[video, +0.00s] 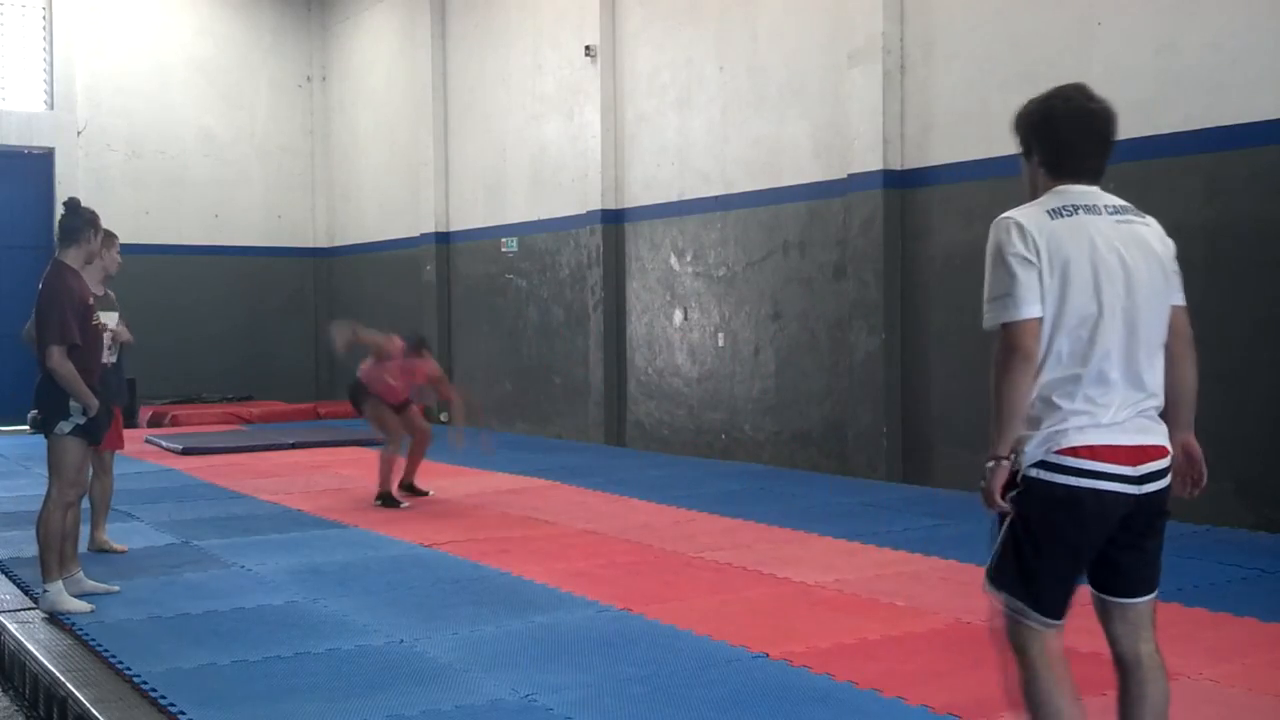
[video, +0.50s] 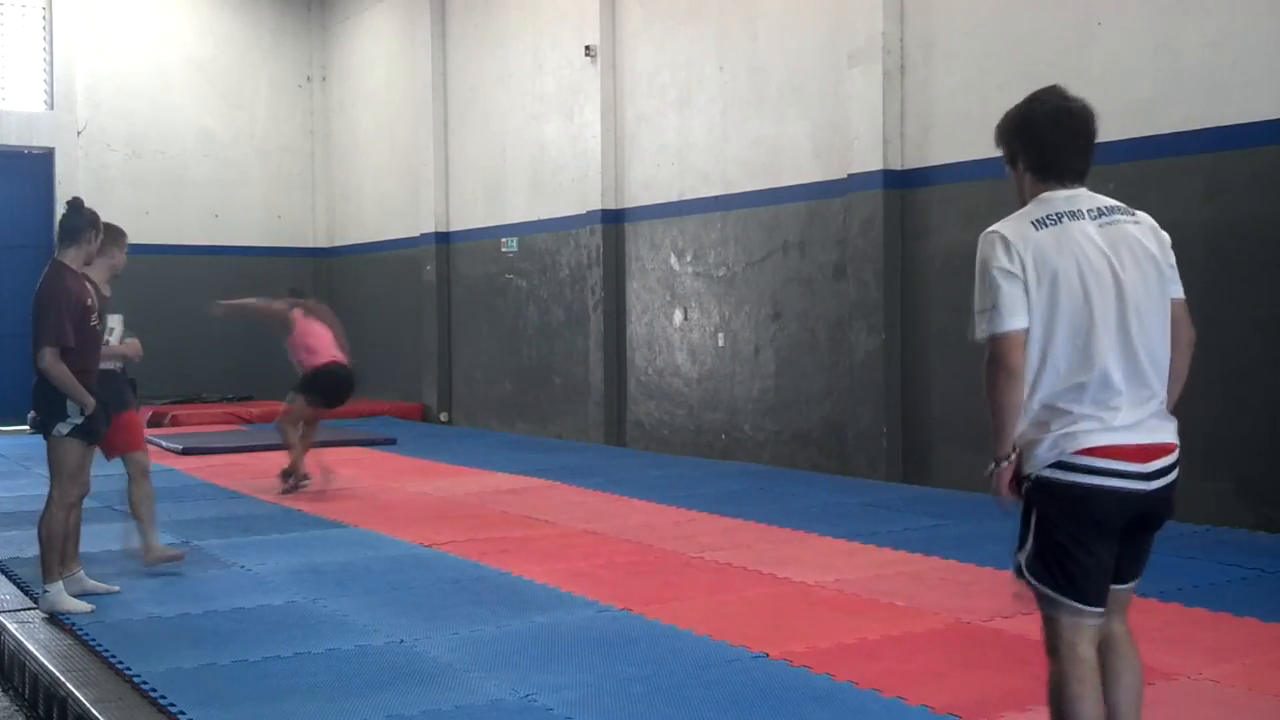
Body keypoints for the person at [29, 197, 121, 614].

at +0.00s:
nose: (101, 245)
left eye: (100, 237)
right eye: (100, 237)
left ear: (69, 235)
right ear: (90, 237)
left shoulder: (70, 279)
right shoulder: (61, 285)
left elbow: (69, 341)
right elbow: (55, 358)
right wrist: (91, 402)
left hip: (80, 398)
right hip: (66, 401)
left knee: (75, 489)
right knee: (61, 493)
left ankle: (71, 575)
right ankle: (51, 590)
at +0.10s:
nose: (100, 245)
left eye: (99, 238)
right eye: (99, 237)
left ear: (69, 235)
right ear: (89, 238)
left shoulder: (71, 279)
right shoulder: (60, 284)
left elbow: (74, 343)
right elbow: (55, 358)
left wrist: (105, 346)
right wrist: (91, 403)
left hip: (80, 398)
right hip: (66, 400)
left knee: (75, 490)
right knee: (61, 493)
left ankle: (71, 575)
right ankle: (51, 590)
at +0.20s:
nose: (100, 245)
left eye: (99, 238)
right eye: (99, 237)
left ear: (69, 236)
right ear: (89, 238)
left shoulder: (72, 279)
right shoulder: (61, 284)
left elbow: (79, 342)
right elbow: (55, 358)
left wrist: (117, 345)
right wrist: (90, 402)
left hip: (78, 396)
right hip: (64, 399)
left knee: (75, 489)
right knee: (61, 493)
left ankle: (70, 575)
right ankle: (51, 590)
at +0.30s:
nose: (100, 245)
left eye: (99, 238)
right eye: (99, 238)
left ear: (67, 235)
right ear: (89, 238)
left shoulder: (72, 279)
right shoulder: (60, 285)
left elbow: (76, 343)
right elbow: (53, 358)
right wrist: (90, 403)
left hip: (78, 397)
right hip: (63, 399)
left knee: (75, 489)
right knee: (62, 493)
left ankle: (71, 574)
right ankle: (51, 590)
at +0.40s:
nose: (100, 246)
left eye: (99, 239)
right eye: (99, 238)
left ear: (69, 235)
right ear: (90, 238)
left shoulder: (74, 279)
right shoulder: (59, 284)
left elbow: (74, 342)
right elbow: (49, 359)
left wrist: (110, 346)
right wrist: (89, 403)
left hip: (81, 397)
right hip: (65, 400)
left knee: (77, 490)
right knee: (63, 493)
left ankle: (71, 574)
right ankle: (52, 590)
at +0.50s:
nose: (99, 245)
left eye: (98, 238)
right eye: (99, 238)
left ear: (69, 235)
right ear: (91, 238)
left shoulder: (76, 279)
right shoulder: (58, 284)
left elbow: (77, 346)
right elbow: (48, 359)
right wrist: (87, 401)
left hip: (82, 396)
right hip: (64, 400)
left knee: (78, 489)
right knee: (63, 493)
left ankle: (71, 574)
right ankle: (51, 590)